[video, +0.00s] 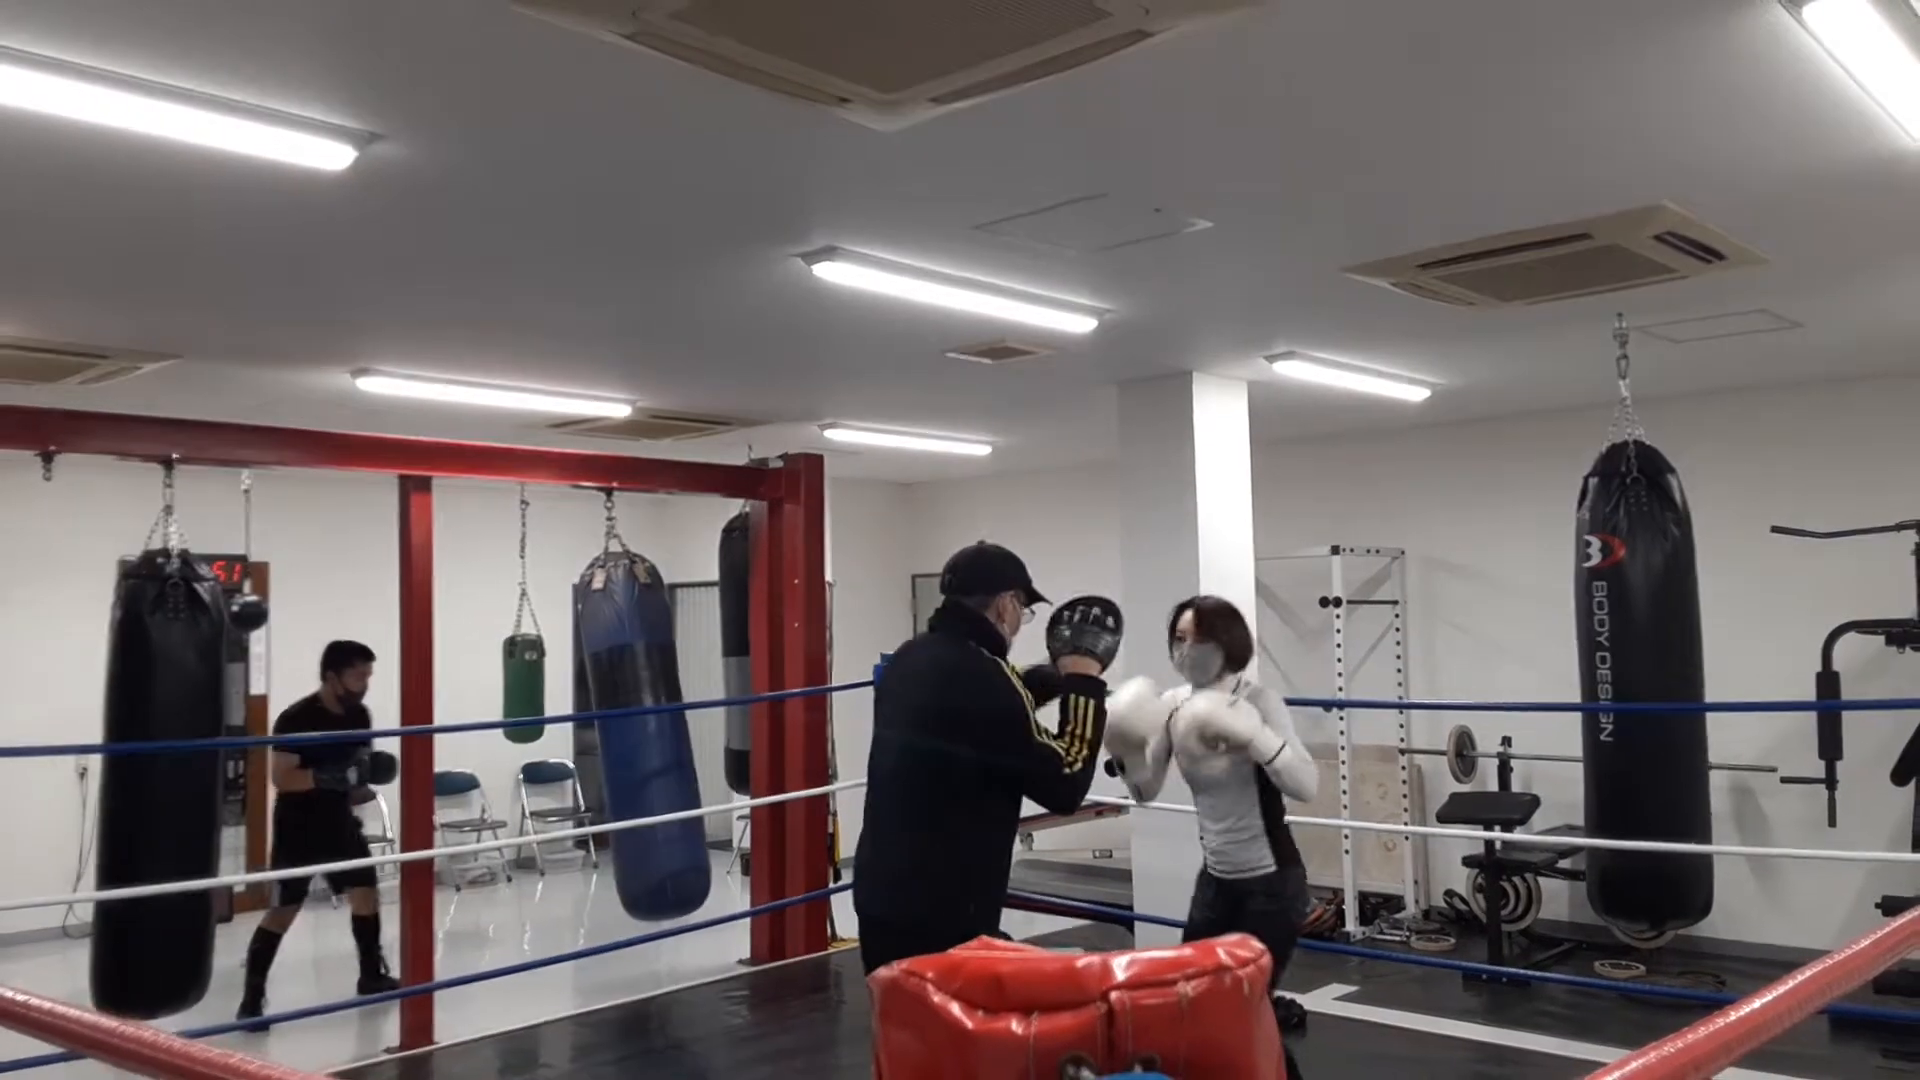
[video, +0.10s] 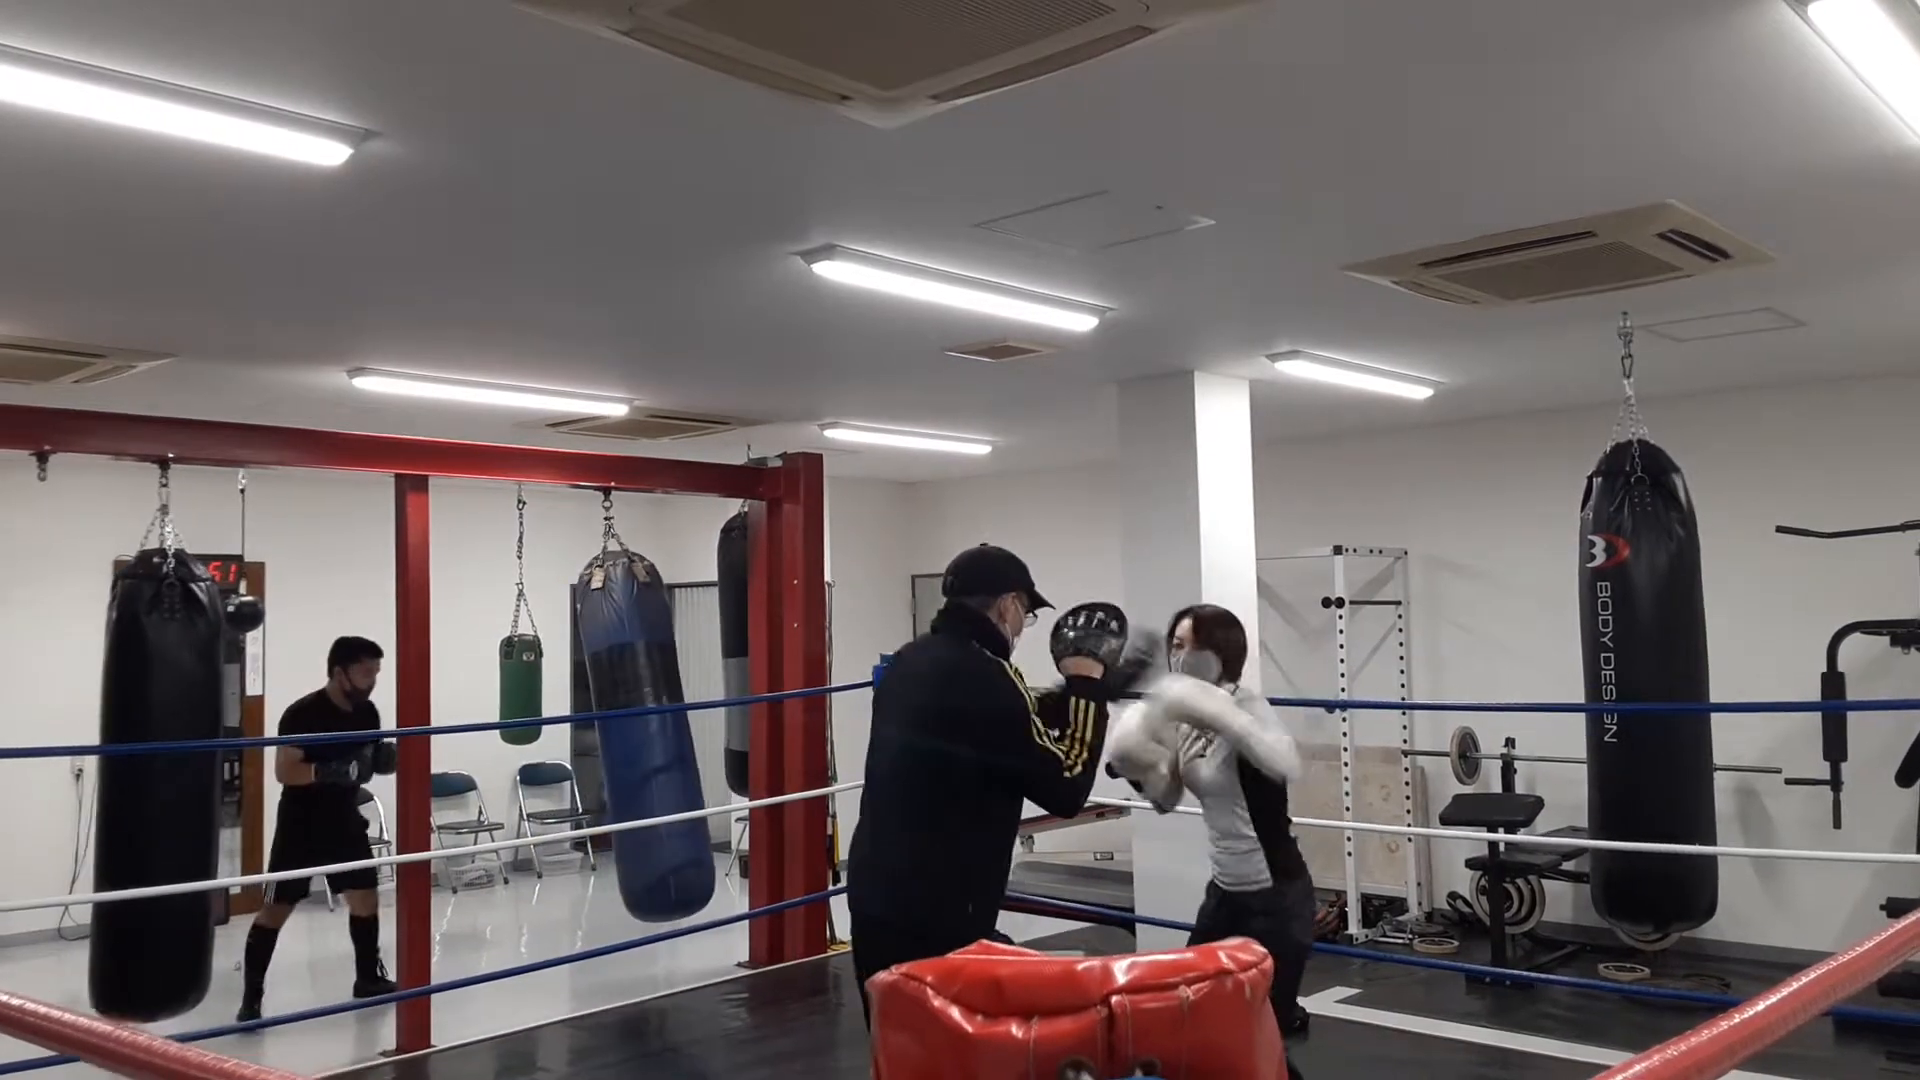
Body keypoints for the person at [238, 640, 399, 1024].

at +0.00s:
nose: (364, 685)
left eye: (367, 677)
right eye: (357, 677)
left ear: (366, 675)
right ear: (331, 676)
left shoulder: (358, 718)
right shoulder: (295, 720)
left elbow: (355, 765)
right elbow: (282, 778)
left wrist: (370, 771)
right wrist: (332, 778)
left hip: (339, 816)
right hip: (297, 820)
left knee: (365, 889)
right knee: (285, 907)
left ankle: (371, 975)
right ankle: (252, 998)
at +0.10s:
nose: (372, 682)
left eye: (375, 674)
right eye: (366, 674)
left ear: (372, 673)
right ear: (340, 672)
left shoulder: (367, 715)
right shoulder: (302, 714)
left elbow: (365, 763)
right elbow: (284, 771)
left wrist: (385, 760)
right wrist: (332, 770)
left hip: (345, 816)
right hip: (300, 819)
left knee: (364, 895)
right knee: (278, 905)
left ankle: (368, 978)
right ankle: (252, 997)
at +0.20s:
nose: (377, 678)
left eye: (380, 671)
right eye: (371, 671)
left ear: (376, 669)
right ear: (345, 668)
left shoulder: (372, 711)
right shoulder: (307, 709)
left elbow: (383, 760)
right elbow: (292, 766)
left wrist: (390, 750)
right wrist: (336, 762)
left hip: (347, 815)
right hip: (302, 816)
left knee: (361, 893)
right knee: (280, 901)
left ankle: (368, 977)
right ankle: (254, 993)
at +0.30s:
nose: (375, 679)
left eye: (379, 671)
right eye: (370, 671)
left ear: (376, 669)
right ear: (345, 667)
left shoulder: (369, 711)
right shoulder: (307, 707)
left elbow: (388, 760)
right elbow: (296, 763)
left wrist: (392, 748)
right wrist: (343, 755)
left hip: (346, 814)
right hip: (303, 816)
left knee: (359, 892)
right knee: (282, 901)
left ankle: (369, 977)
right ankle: (248, 987)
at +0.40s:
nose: (368, 680)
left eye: (371, 672)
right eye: (363, 672)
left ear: (368, 670)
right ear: (337, 667)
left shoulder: (358, 710)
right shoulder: (299, 709)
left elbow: (383, 761)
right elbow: (295, 764)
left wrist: (388, 736)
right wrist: (343, 746)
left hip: (342, 817)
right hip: (298, 820)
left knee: (356, 895)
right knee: (278, 904)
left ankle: (368, 977)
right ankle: (240, 983)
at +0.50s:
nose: (353, 685)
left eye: (358, 677)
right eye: (347, 676)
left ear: (359, 674)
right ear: (324, 671)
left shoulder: (347, 712)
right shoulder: (287, 710)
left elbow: (378, 757)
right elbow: (290, 762)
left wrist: (384, 731)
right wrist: (334, 739)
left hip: (332, 821)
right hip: (288, 824)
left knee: (351, 897)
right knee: (271, 907)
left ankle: (368, 977)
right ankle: (238, 987)